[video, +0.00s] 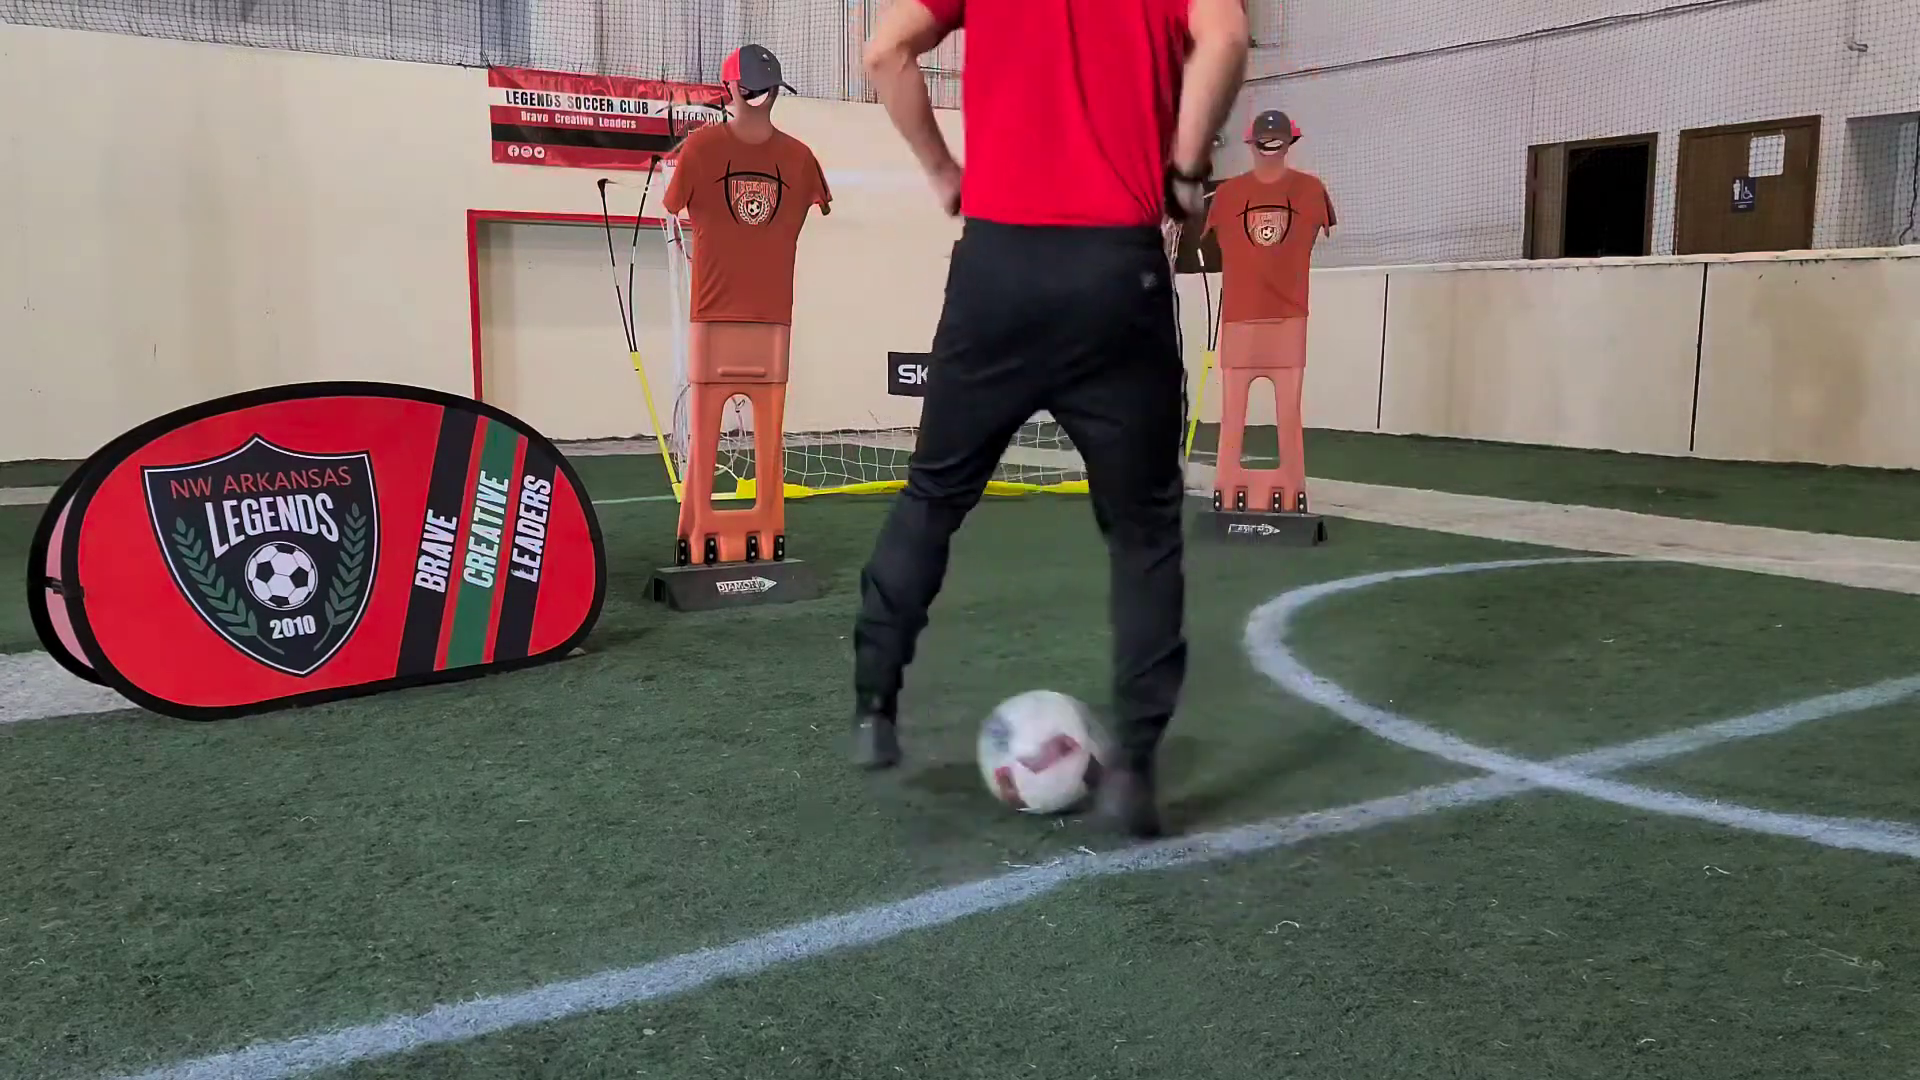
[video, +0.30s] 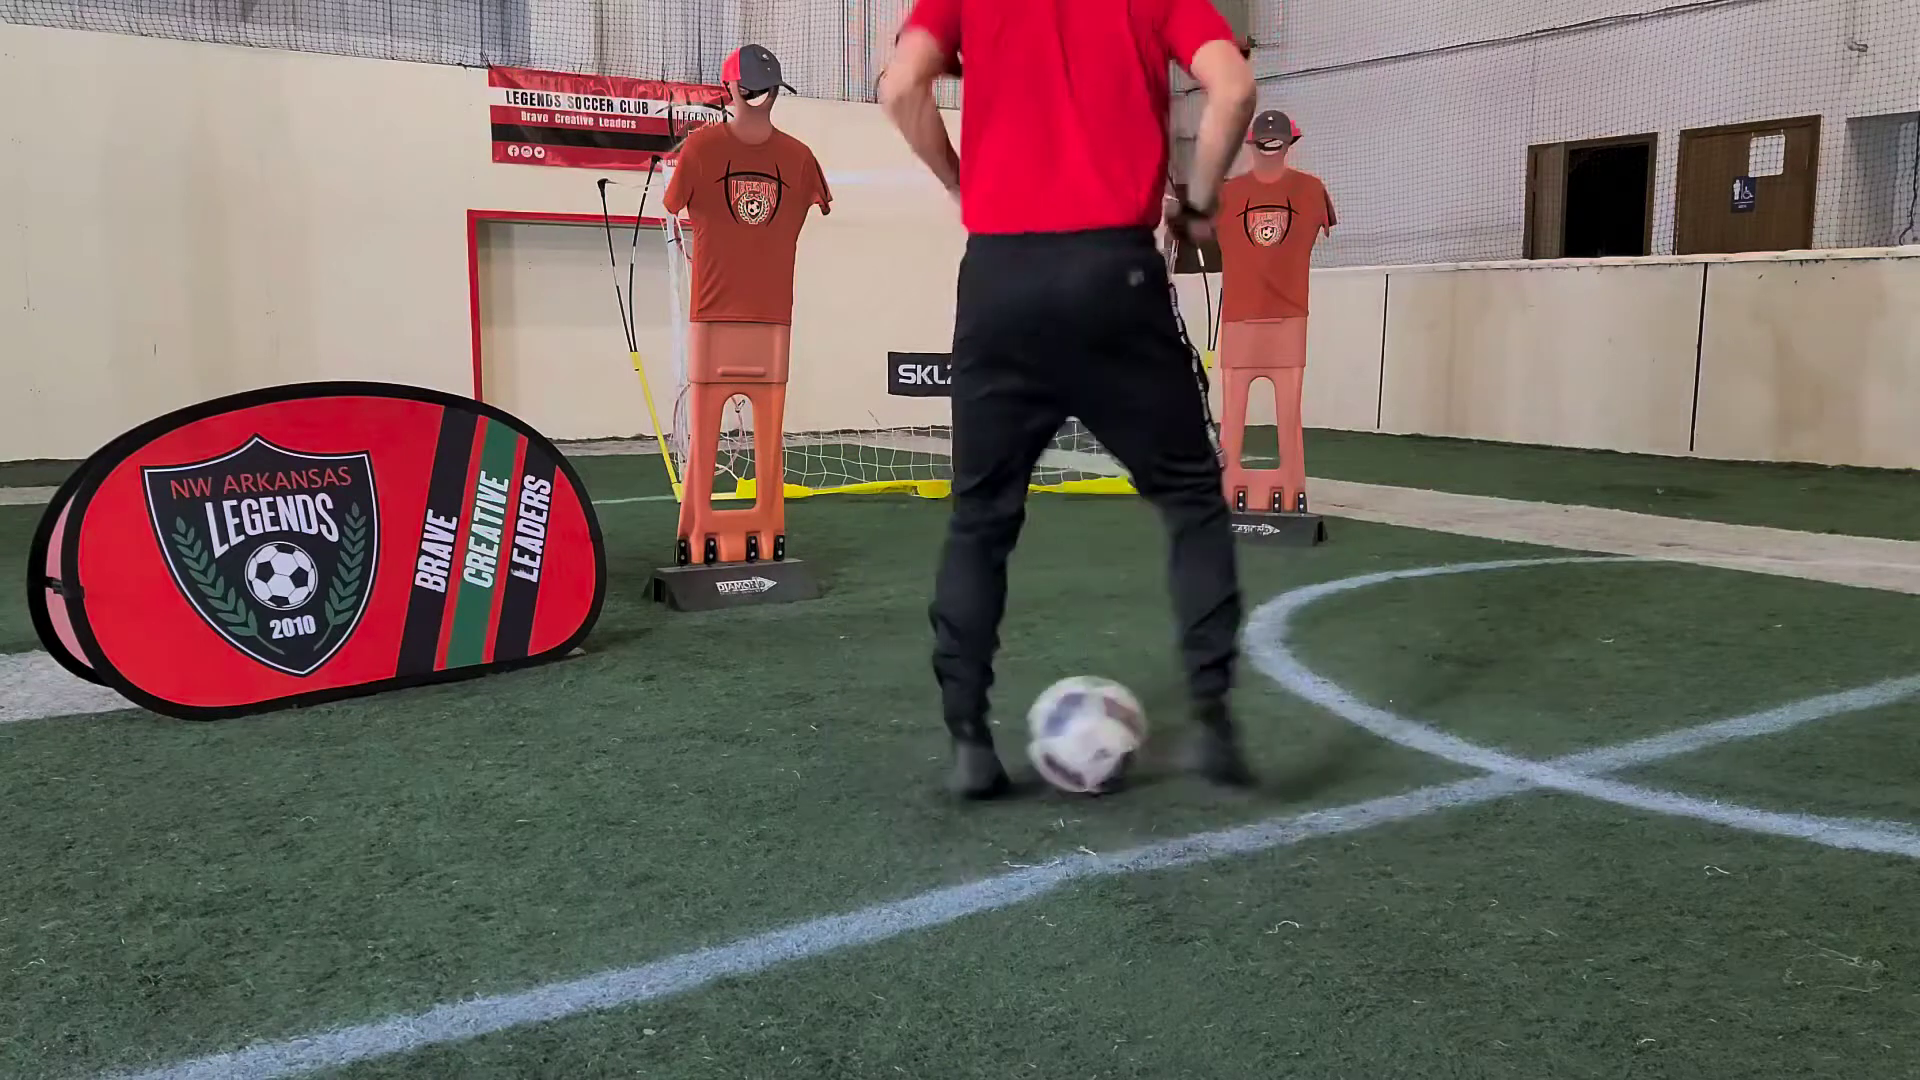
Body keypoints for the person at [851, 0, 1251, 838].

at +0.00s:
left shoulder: (979, 1)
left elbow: (886, 52)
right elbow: (1224, 34)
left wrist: (944, 171)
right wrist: (1188, 169)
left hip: (996, 264)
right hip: (1118, 268)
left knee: (935, 490)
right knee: (1143, 525)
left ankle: (874, 704)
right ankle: (1134, 764)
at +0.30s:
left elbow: (902, 85)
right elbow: (1232, 85)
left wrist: (961, 182)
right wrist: (1196, 205)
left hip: (997, 274)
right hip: (1113, 272)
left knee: (979, 518)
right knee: (1191, 500)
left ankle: (969, 739)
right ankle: (1213, 721)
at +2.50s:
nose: (1174, 64)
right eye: (1177, 56)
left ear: (1107, 57)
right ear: (1171, 57)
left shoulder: (1064, 104)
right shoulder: (1195, 107)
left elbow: (1019, 186)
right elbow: (1237, 178)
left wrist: (1064, 230)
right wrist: (1222, 243)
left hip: (1087, 300)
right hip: (1165, 298)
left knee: (1076, 457)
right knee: (1217, 436)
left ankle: (1071, 611)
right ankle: (1224, 576)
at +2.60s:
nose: (1180, 80)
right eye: (1181, 72)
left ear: (1116, 69)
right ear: (1175, 70)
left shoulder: (1066, 124)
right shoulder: (1186, 120)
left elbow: (1028, 220)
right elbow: (1227, 176)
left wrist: (1084, 242)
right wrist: (1231, 271)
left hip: (1084, 318)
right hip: (1162, 313)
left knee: (1083, 465)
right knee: (1228, 432)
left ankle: (1077, 614)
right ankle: (1261, 569)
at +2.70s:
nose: (1196, 65)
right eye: (1198, 55)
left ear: (1135, 53)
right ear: (1191, 55)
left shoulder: (1085, 102)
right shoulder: (1205, 101)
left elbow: (1037, 189)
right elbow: (1228, 149)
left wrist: (1091, 217)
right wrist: (1224, 237)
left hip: (1094, 294)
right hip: (1169, 294)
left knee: (1075, 441)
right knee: (1208, 431)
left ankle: (1059, 581)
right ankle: (1223, 573)